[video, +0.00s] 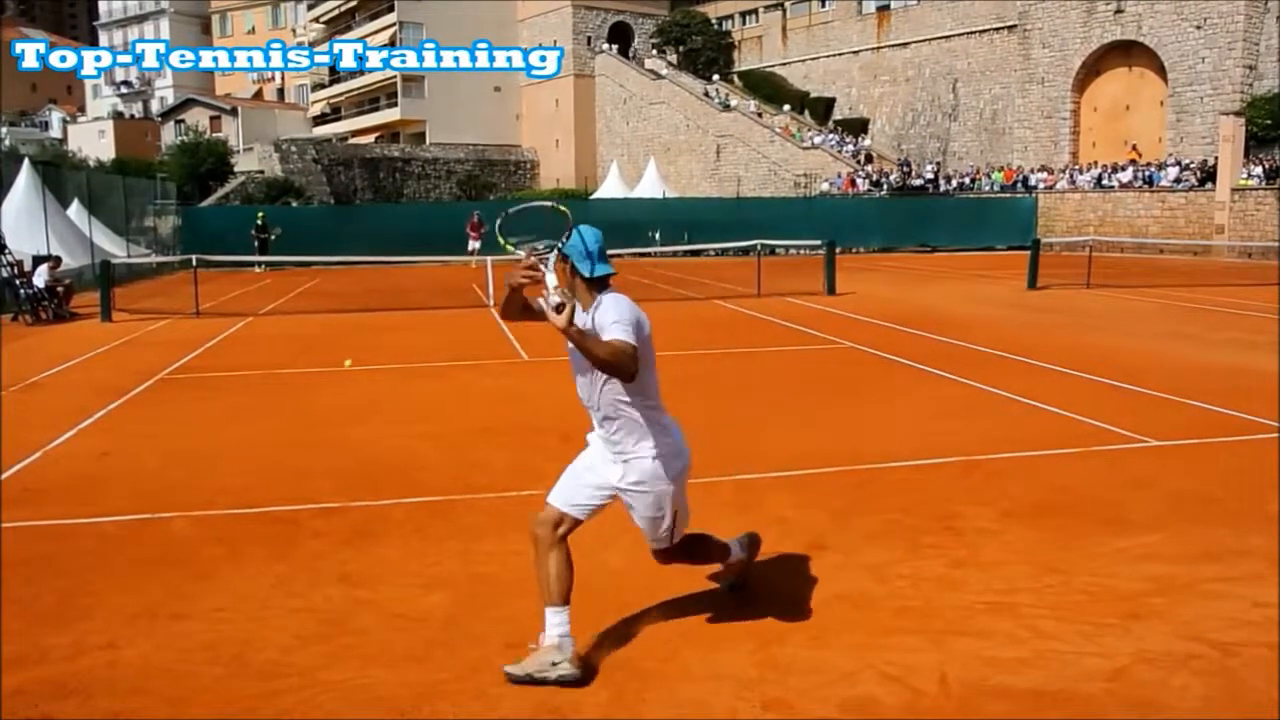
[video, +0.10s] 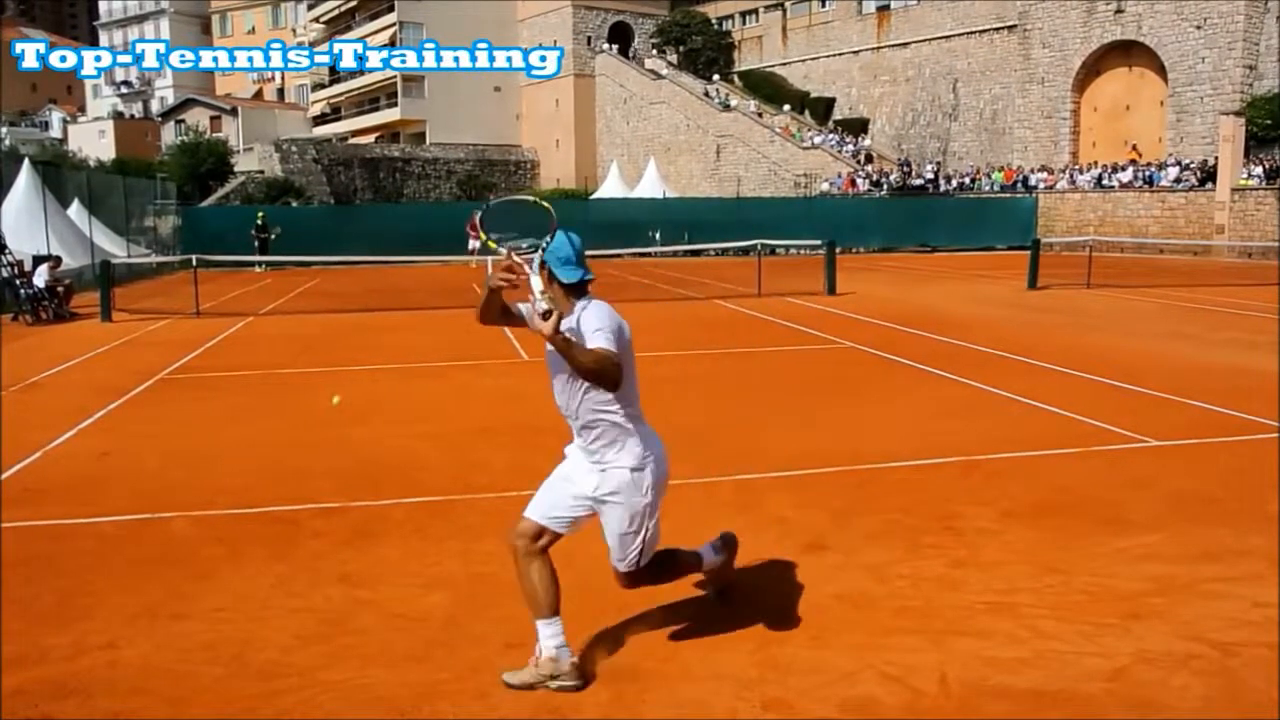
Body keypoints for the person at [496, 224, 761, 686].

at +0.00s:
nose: (555, 273)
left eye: (558, 265)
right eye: (556, 266)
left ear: (569, 270)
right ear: (588, 268)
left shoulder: (617, 309)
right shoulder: (573, 308)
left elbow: (625, 364)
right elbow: (513, 312)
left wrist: (572, 333)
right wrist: (515, 285)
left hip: (649, 454)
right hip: (606, 448)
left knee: (667, 548)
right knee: (547, 528)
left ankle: (738, 552)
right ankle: (557, 648)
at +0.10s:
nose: (538, 282)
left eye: (541, 275)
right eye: (541, 276)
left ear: (549, 277)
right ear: (573, 276)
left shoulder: (599, 316)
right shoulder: (551, 314)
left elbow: (609, 375)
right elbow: (490, 316)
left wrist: (557, 340)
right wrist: (494, 286)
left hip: (630, 461)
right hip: (586, 457)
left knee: (632, 573)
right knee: (526, 539)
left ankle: (714, 556)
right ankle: (555, 657)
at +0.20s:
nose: (522, 293)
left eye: (525, 285)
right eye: (524, 286)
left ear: (533, 285)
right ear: (557, 281)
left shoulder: (580, 324)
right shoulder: (527, 321)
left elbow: (596, 386)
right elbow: (466, 323)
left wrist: (540, 350)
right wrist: (469, 297)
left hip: (608, 472)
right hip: (563, 465)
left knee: (589, 593)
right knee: (504, 551)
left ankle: (684, 573)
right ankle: (552, 657)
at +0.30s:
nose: (522, 302)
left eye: (526, 293)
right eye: (515, 294)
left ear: (529, 291)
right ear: (504, 292)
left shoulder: (563, 333)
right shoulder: (504, 326)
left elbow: (583, 395)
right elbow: (444, 333)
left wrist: (525, 361)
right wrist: (441, 307)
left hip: (587, 480)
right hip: (542, 471)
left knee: (530, 607)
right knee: (487, 565)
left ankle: (641, 602)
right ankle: (550, 656)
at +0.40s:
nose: (518, 301)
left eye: (522, 292)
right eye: (513, 292)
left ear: (520, 291)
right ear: (505, 292)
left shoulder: (563, 333)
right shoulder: (504, 326)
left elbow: (583, 395)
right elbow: (444, 333)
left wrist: (525, 361)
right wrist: (441, 307)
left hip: (587, 481)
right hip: (542, 471)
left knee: (531, 607)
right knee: (487, 565)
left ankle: (641, 603)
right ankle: (550, 657)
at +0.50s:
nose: (491, 305)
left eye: (491, 296)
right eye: (488, 297)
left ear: (484, 293)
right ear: (511, 290)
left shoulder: (544, 339)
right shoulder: (480, 330)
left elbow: (573, 404)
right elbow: (418, 342)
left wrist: (512, 375)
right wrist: (412, 314)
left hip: (565, 486)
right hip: (523, 476)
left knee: (481, 602)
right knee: (466, 575)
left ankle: (596, 641)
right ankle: (548, 660)